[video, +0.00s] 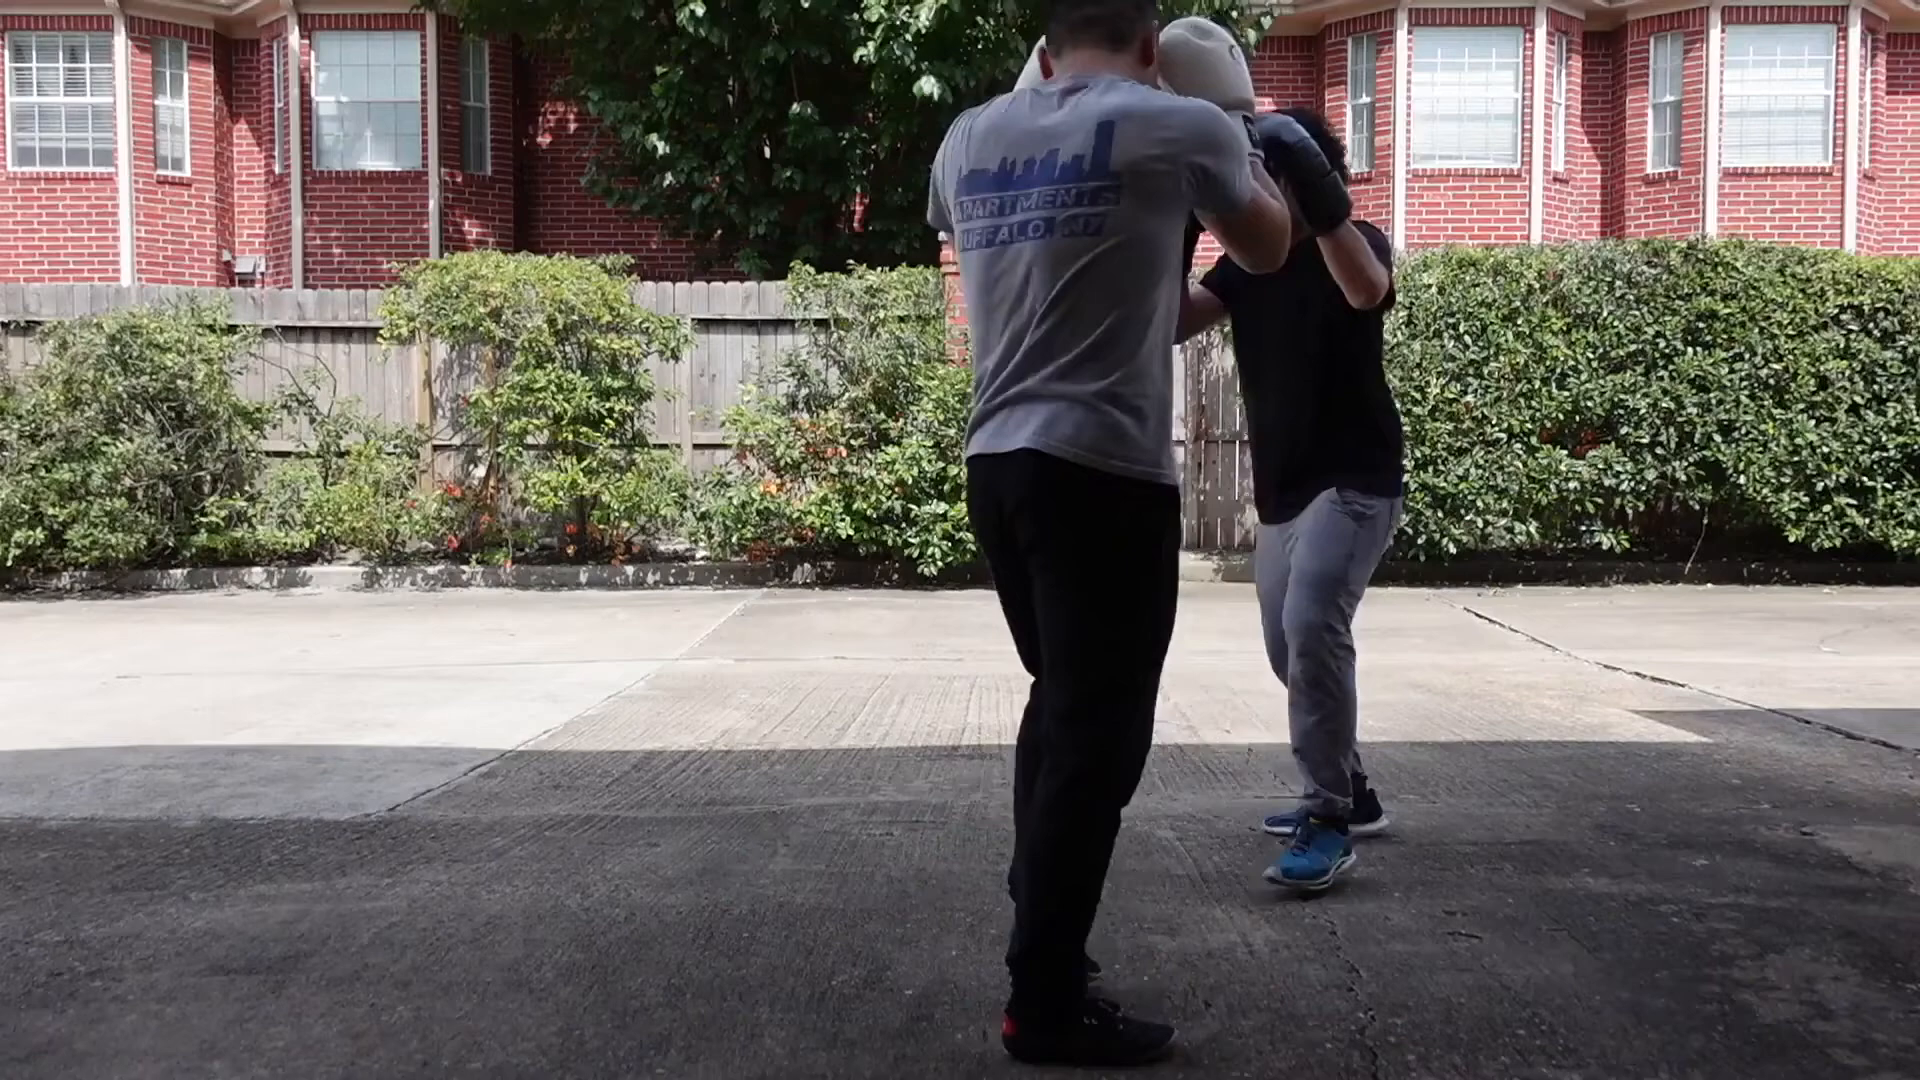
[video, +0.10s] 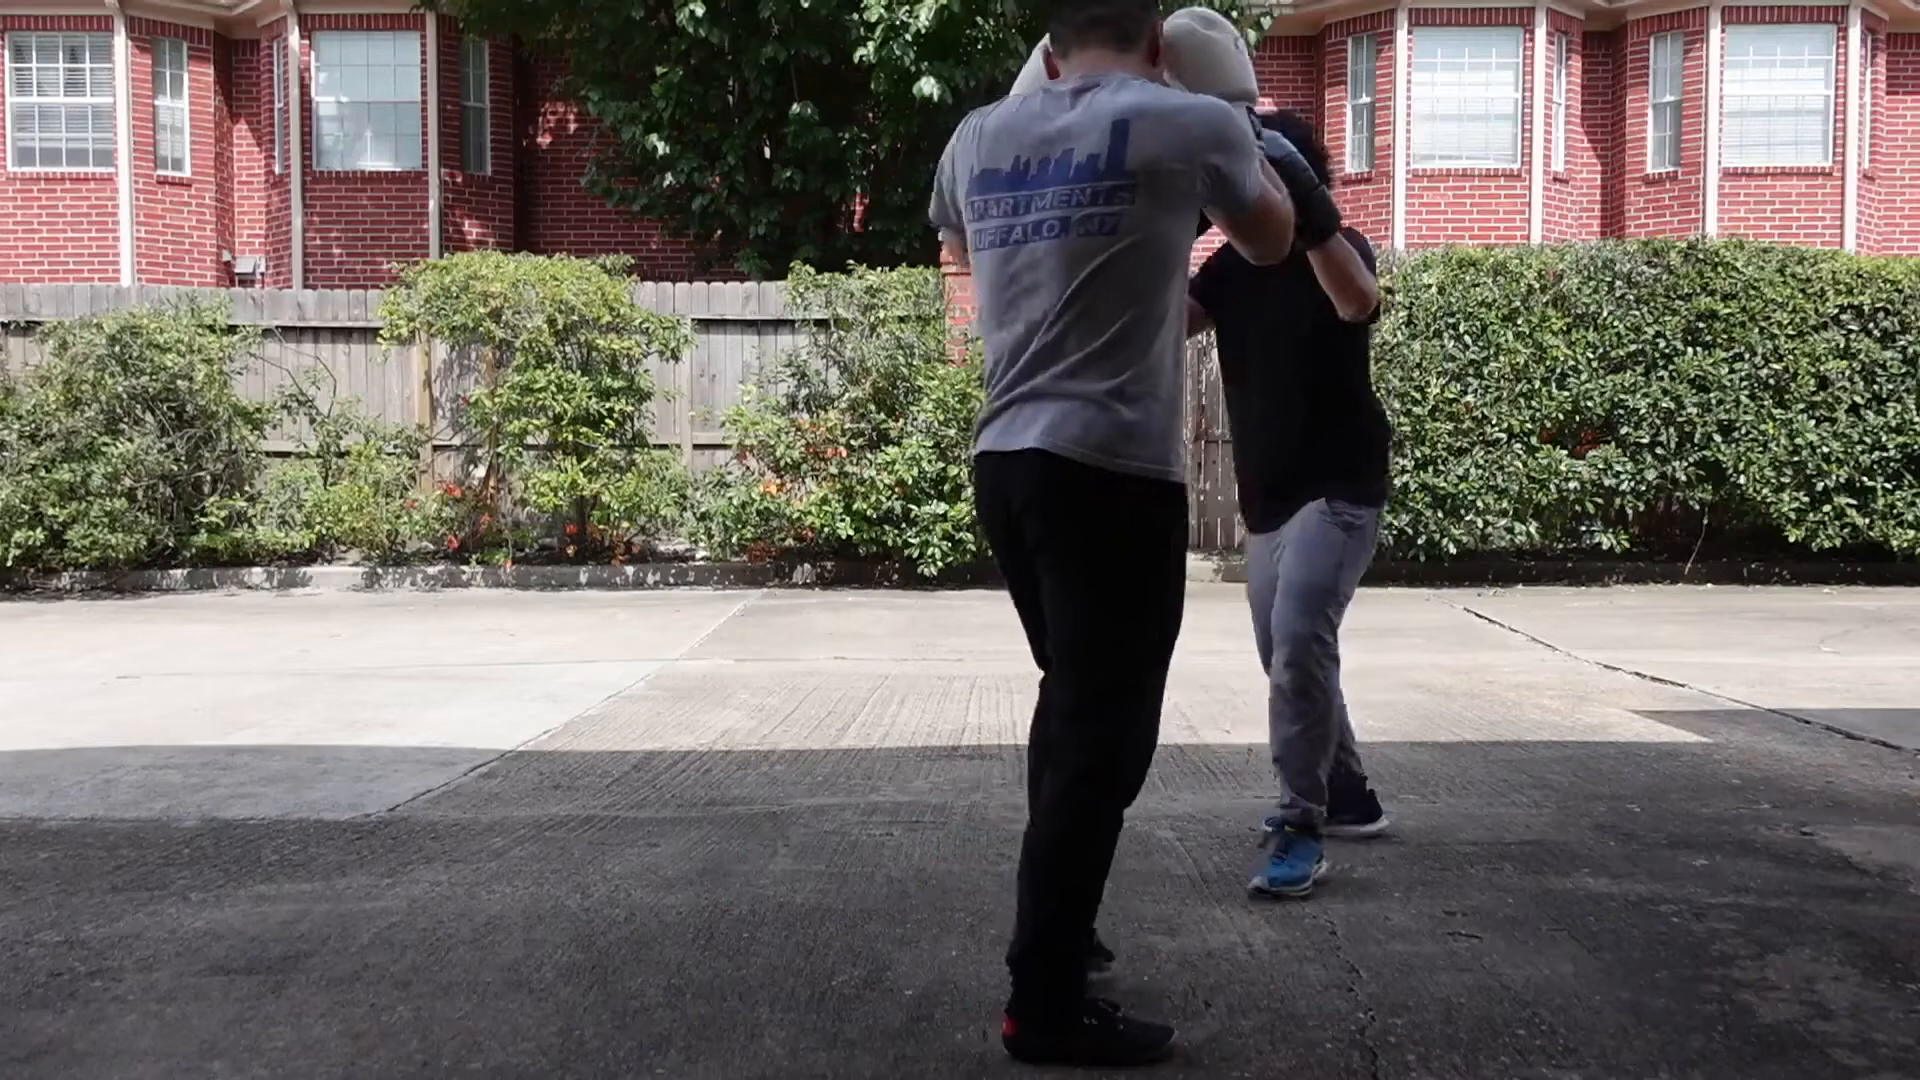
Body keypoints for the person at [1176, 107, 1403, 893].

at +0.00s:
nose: (1263, 190)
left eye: (1279, 171)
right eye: (1256, 175)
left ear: (1318, 174)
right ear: (1250, 183)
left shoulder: (1357, 240)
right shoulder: (1247, 257)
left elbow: (1367, 290)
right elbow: (1172, 322)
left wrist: (1313, 191)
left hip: (1355, 478)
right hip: (1281, 485)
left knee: (1311, 629)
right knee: (1288, 649)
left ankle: (1328, 815)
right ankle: (1343, 787)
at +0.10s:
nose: (1256, 195)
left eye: (1270, 177)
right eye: (1249, 178)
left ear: (1301, 181)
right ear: (1238, 188)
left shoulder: (1343, 251)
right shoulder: (1226, 264)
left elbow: (1357, 301)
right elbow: (1163, 324)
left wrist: (1306, 198)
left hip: (1341, 483)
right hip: (1265, 492)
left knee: (1299, 634)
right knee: (1285, 652)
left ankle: (1299, 824)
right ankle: (1348, 789)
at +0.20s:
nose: (1238, 191)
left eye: (1252, 174)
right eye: (1229, 177)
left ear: (1281, 175)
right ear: (1214, 185)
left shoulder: (1313, 239)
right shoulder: (1201, 248)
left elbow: (1338, 275)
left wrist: (1278, 198)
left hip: (1319, 474)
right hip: (1240, 481)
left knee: (1289, 642)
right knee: (1229, 647)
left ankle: (1291, 827)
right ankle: (1323, 767)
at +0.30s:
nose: (1191, 143)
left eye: (1209, 127)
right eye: (1184, 127)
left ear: (1256, 138)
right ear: (1183, 130)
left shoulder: (1288, 215)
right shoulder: (1174, 217)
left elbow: (1286, 279)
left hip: (1303, 453)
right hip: (1212, 457)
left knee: (1274, 626)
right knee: (1184, 633)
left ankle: (1289, 819)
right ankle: (1237, 776)